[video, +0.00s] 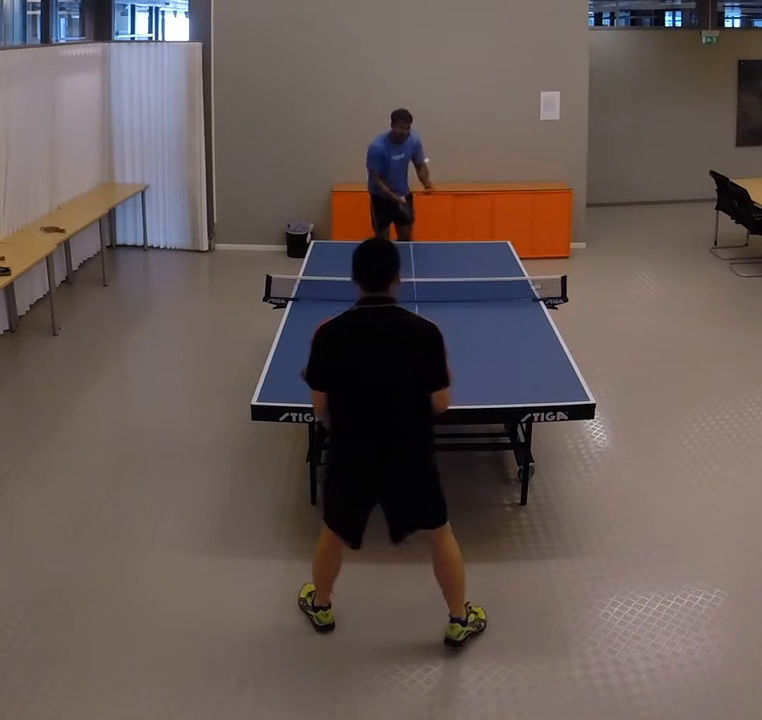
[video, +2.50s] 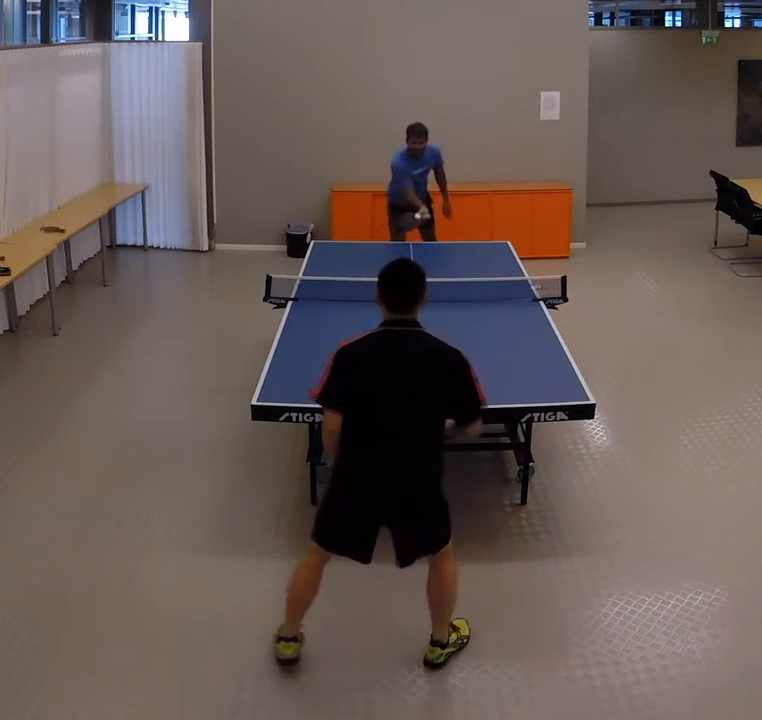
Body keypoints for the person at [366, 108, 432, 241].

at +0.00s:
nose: (405, 132)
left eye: (407, 128)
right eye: (401, 128)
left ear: (410, 127)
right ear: (392, 125)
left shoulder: (413, 141)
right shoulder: (377, 147)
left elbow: (420, 165)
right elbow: (376, 180)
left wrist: (426, 182)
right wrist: (397, 199)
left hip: (403, 194)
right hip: (381, 196)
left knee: (406, 238)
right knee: (383, 239)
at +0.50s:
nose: (395, 129)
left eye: (399, 125)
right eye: (392, 124)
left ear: (404, 124)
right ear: (386, 122)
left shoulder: (412, 143)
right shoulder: (377, 136)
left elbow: (413, 173)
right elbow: (363, 154)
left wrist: (389, 182)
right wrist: (352, 175)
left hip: (401, 197)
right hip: (379, 194)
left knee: (401, 240)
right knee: (373, 236)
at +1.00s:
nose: (368, 134)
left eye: (371, 130)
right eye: (364, 130)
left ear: (379, 128)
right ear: (360, 128)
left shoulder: (387, 144)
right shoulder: (356, 141)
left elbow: (369, 172)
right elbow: (348, 166)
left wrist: (340, 175)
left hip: (389, 199)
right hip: (367, 197)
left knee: (394, 241)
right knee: (361, 239)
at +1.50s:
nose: (382, 134)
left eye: (385, 130)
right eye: (378, 130)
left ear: (390, 128)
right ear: (371, 128)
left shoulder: (395, 133)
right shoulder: (367, 150)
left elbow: (405, 158)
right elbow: (396, 167)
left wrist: (390, 154)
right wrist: (419, 152)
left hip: (397, 192)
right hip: (375, 198)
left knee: (418, 231)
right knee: (370, 239)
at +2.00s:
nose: (431, 131)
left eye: (435, 128)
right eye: (428, 127)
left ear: (440, 128)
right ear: (422, 126)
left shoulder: (444, 146)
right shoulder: (405, 147)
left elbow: (452, 167)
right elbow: (392, 173)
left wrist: (448, 192)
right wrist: (391, 201)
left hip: (430, 200)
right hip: (405, 200)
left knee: (441, 242)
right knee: (394, 242)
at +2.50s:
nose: (417, 147)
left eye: (421, 143)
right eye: (413, 143)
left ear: (426, 141)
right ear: (407, 141)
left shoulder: (433, 153)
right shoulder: (399, 163)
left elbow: (440, 176)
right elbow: (408, 193)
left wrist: (446, 201)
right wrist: (421, 207)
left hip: (421, 198)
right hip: (398, 201)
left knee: (431, 241)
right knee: (398, 243)